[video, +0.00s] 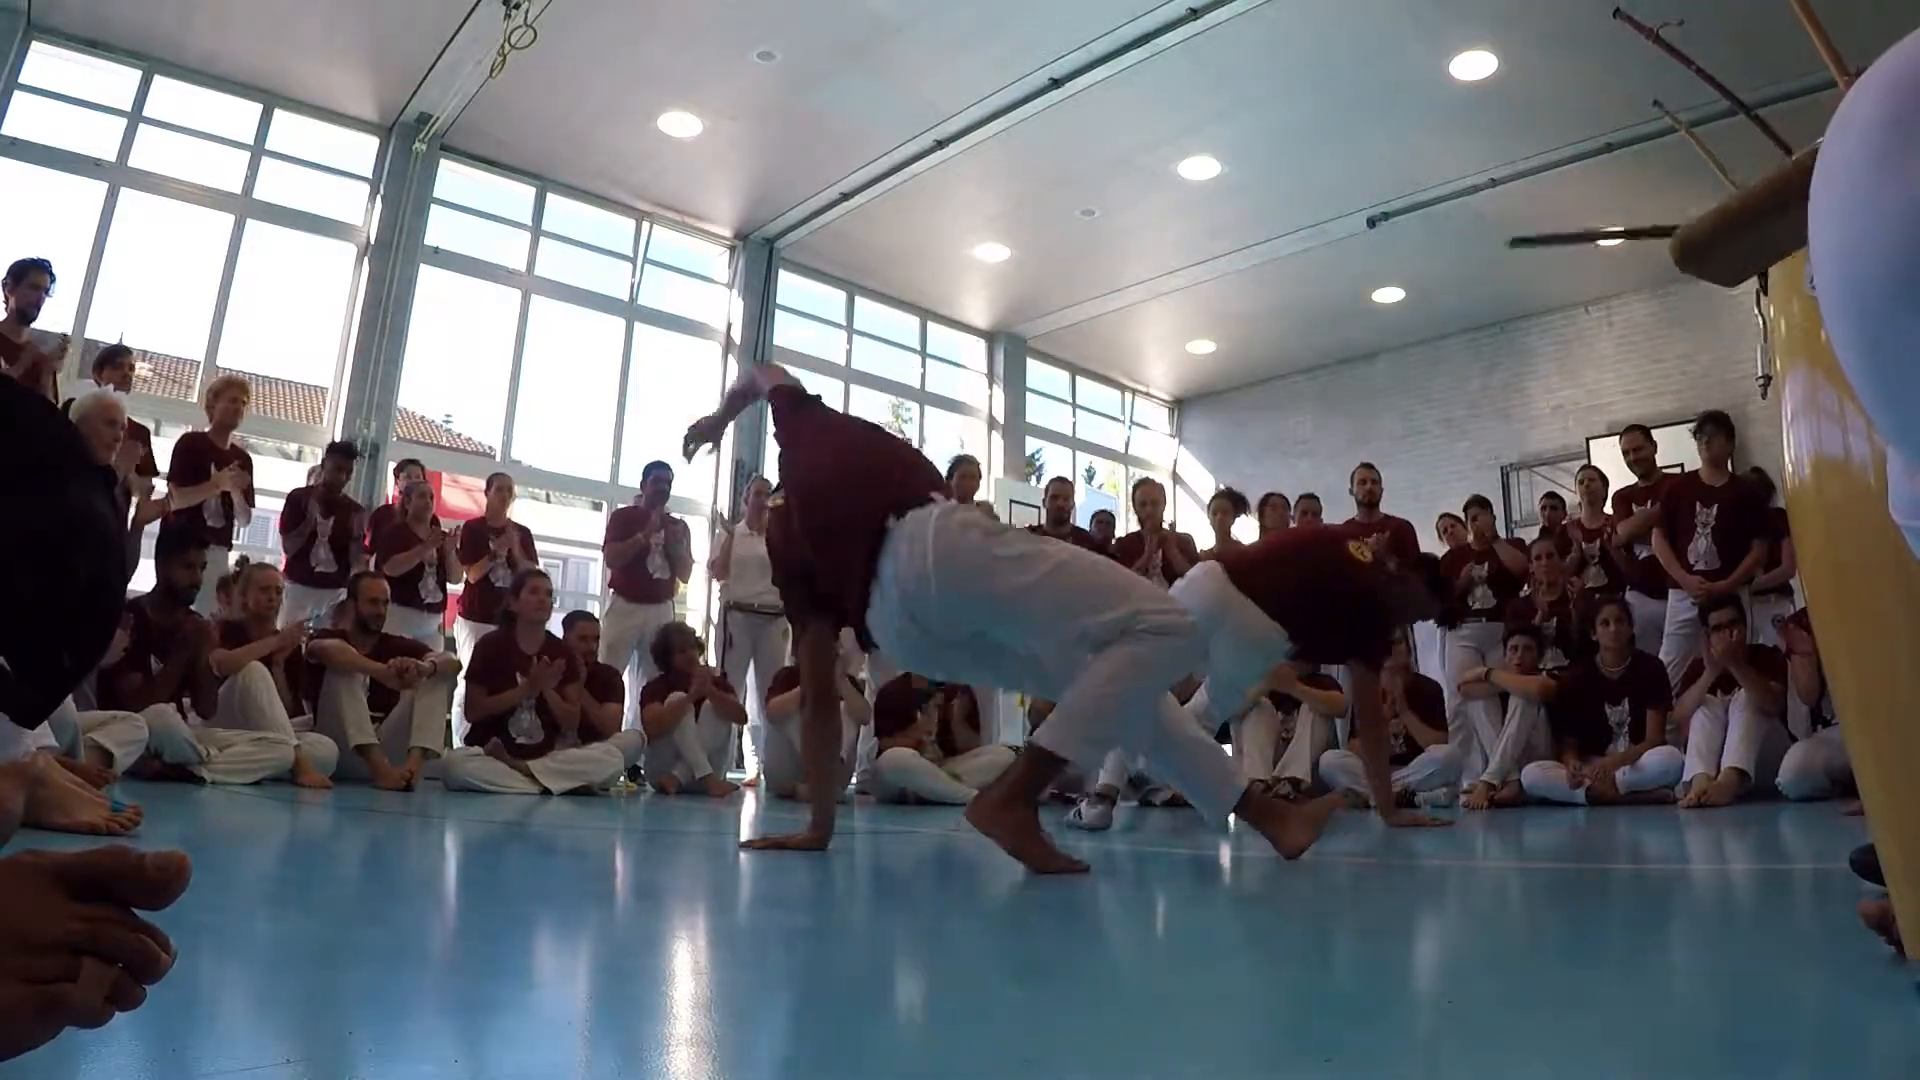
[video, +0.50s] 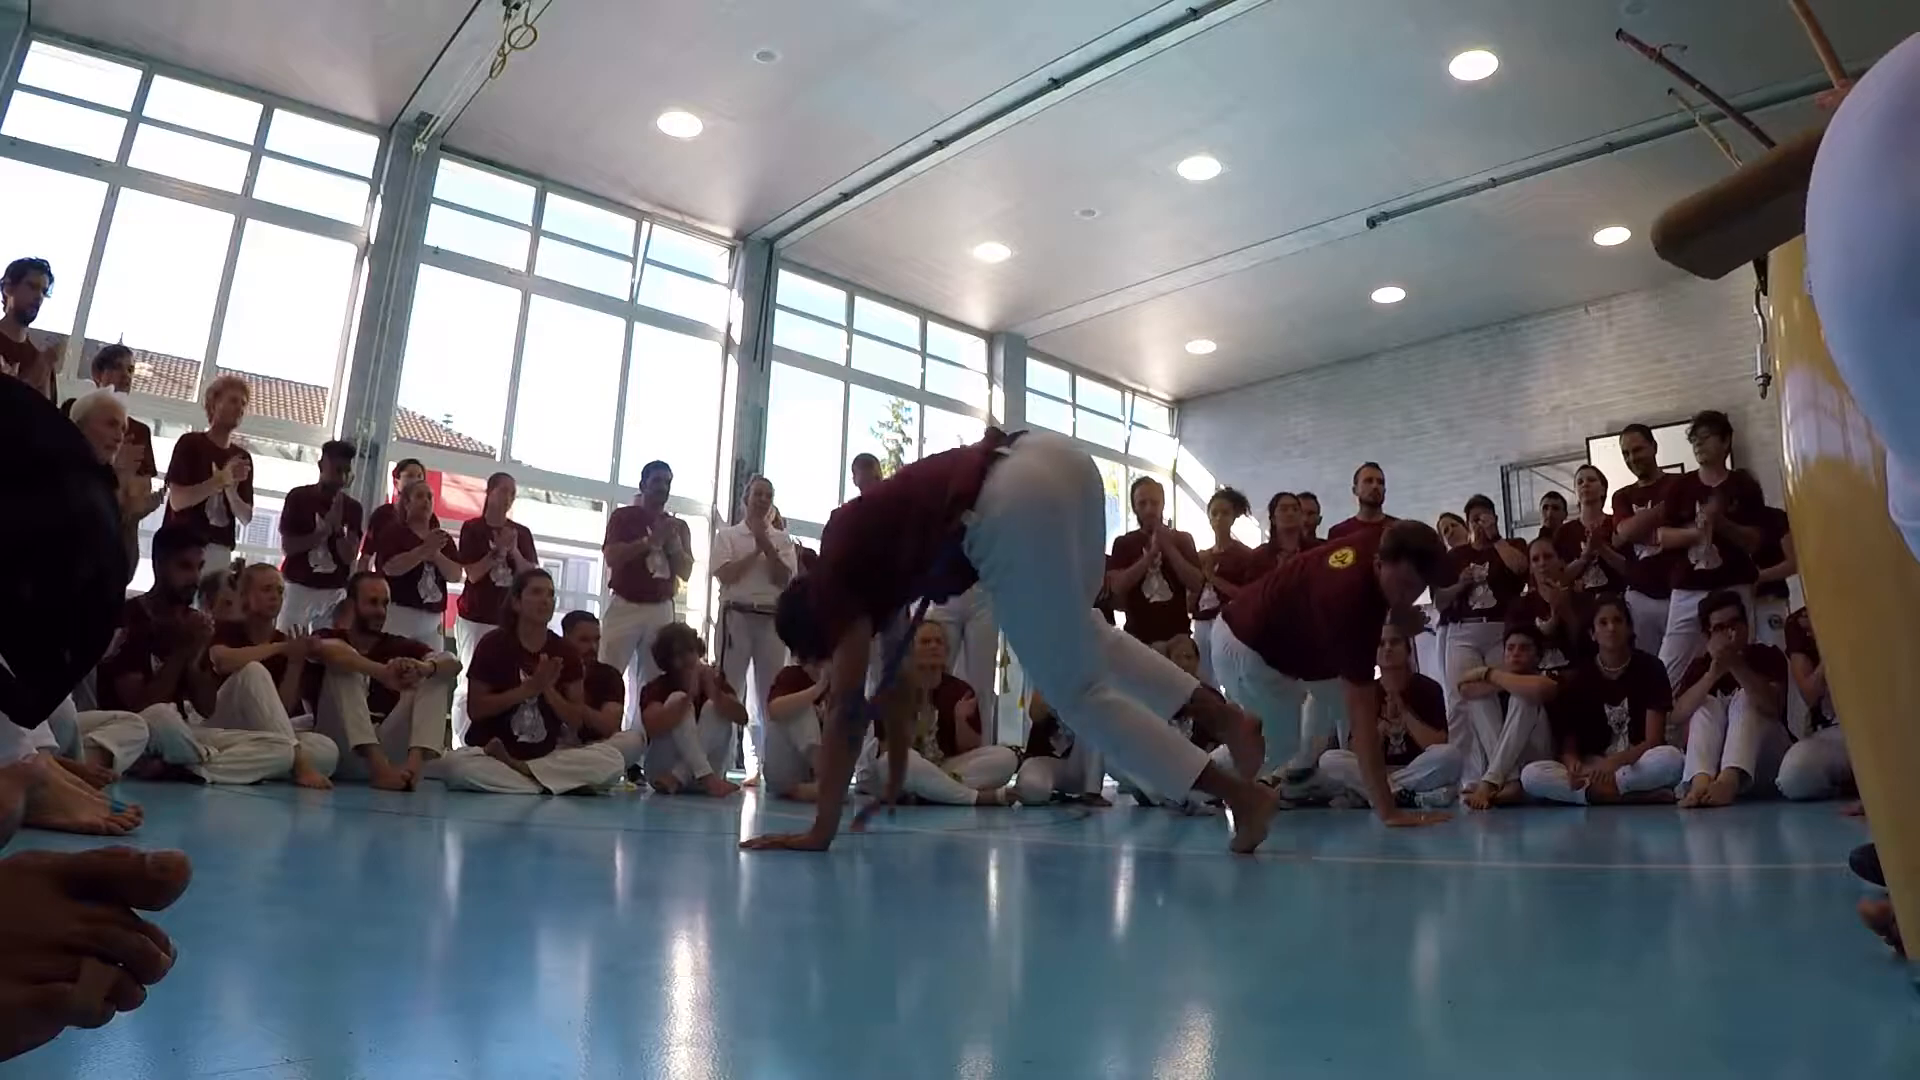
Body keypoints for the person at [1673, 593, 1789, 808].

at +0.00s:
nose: (1728, 634)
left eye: (1734, 625)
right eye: (1719, 629)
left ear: (1745, 626)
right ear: (1707, 635)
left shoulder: (1768, 656)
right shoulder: (1699, 666)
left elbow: (1774, 706)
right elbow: (1679, 717)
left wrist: (1736, 664)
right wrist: (1710, 672)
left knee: (1746, 696)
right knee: (1707, 704)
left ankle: (1731, 777)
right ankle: (1700, 780)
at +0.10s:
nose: (1729, 633)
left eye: (1735, 624)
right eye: (1720, 628)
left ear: (1745, 625)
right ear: (1708, 634)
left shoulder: (1769, 656)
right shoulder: (1700, 665)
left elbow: (1774, 706)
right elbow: (1680, 716)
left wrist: (1735, 664)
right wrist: (1711, 672)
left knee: (1746, 697)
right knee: (1707, 704)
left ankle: (1730, 778)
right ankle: (1700, 780)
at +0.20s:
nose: (1729, 633)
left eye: (1735, 624)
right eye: (1720, 628)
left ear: (1745, 625)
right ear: (1709, 633)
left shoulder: (1768, 656)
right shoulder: (1700, 665)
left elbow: (1774, 706)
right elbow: (1680, 716)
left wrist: (1736, 664)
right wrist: (1712, 674)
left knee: (1746, 697)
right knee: (1708, 704)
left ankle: (1731, 777)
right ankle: (1700, 780)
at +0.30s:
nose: (1730, 633)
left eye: (1735, 624)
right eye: (1720, 628)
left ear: (1746, 625)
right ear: (1708, 634)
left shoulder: (1769, 655)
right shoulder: (1700, 665)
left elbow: (1774, 706)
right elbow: (1679, 716)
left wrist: (1736, 665)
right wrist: (1710, 673)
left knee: (1746, 697)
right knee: (1707, 704)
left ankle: (1731, 777)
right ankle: (1700, 780)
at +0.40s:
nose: (1731, 633)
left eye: (1736, 624)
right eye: (1721, 628)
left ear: (1746, 625)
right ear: (1709, 634)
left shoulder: (1768, 655)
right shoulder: (1700, 664)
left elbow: (1774, 706)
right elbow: (1677, 717)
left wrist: (1737, 664)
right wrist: (1711, 674)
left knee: (1746, 697)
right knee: (1707, 703)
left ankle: (1731, 777)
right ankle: (1700, 781)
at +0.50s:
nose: (1729, 633)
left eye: (1735, 624)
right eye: (1720, 628)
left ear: (1746, 625)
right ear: (1708, 634)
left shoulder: (1769, 655)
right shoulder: (1700, 664)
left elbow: (1773, 707)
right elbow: (1677, 715)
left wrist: (1735, 663)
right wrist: (1712, 674)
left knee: (1745, 697)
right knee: (1707, 703)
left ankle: (1729, 779)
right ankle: (1700, 781)